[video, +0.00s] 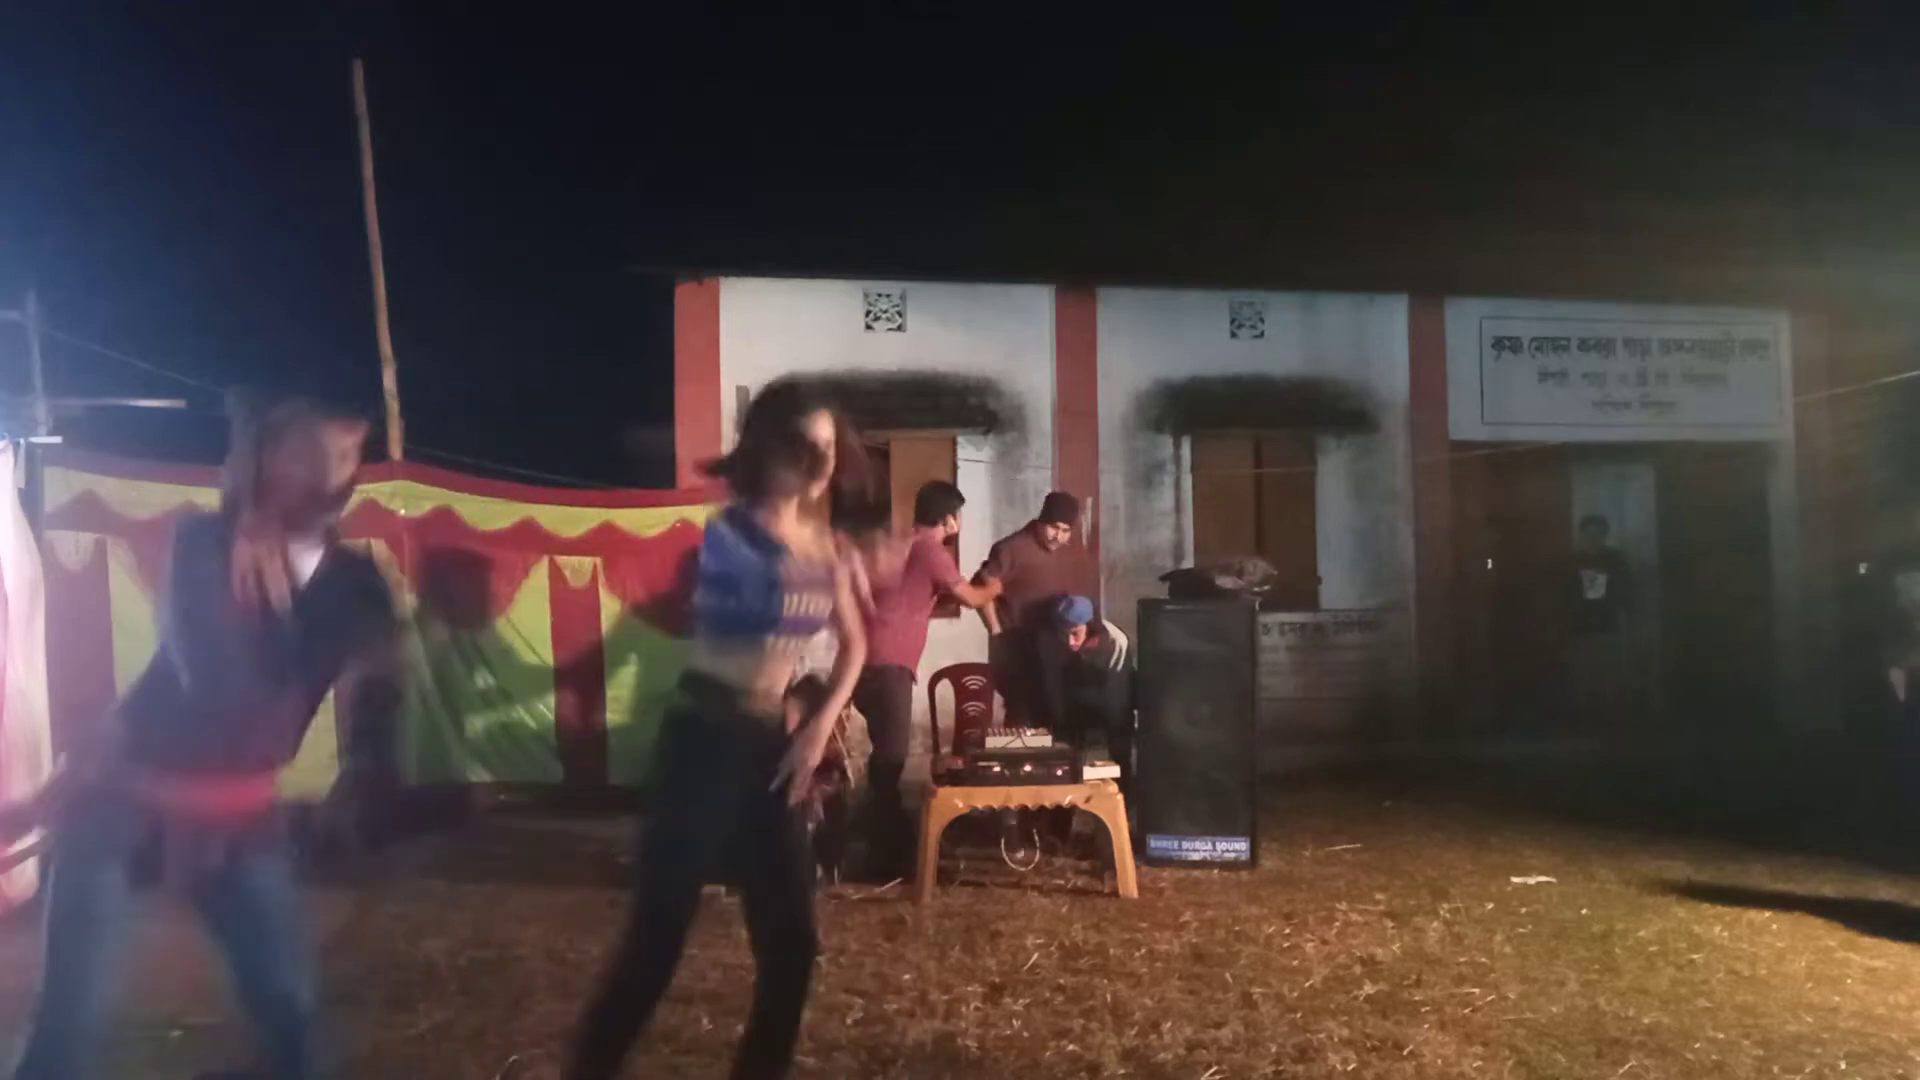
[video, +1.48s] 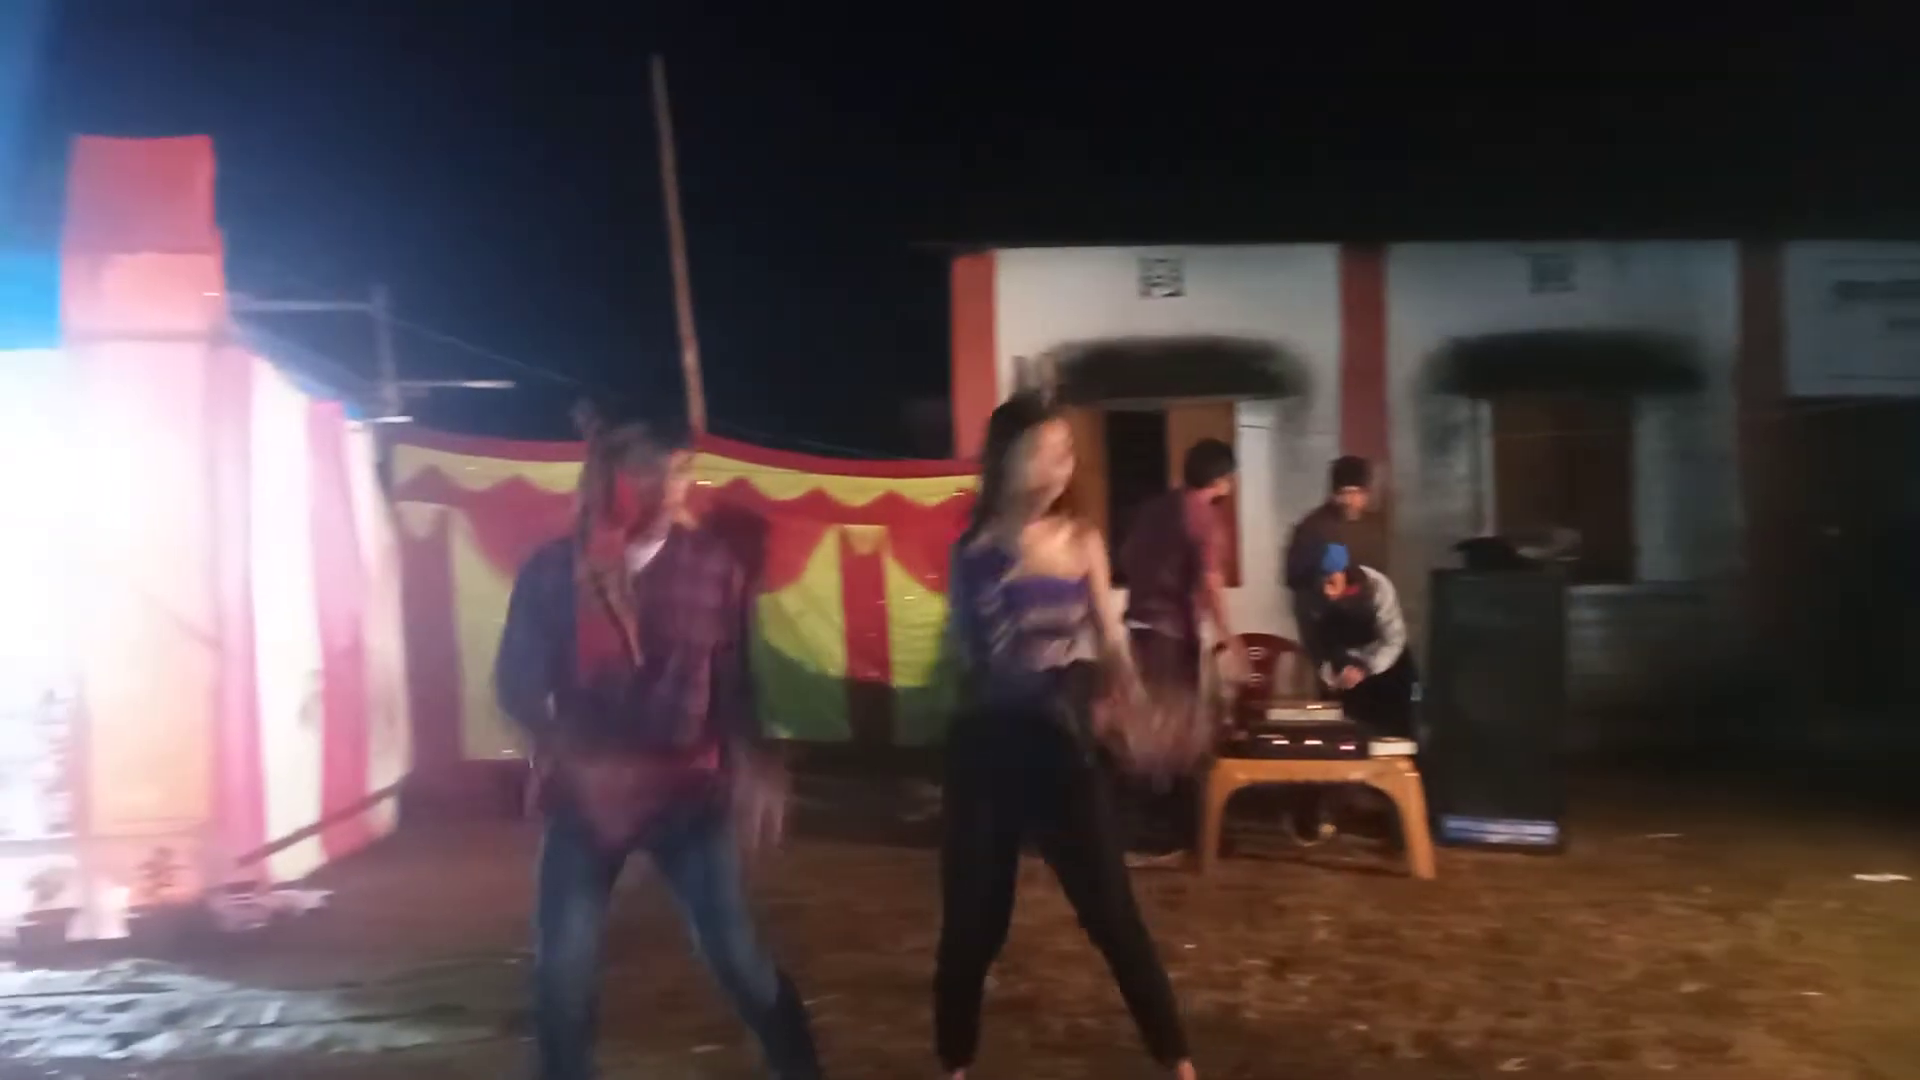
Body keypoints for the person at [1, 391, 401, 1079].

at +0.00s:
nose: (312, 479)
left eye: (331, 462)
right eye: (299, 457)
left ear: (346, 478)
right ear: (259, 457)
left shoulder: (355, 585)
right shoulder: (199, 544)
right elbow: (214, 689)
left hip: (238, 821)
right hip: (122, 807)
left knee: (293, 1017)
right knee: (75, 1022)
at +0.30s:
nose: (322, 475)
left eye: (333, 459)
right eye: (303, 456)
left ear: (345, 472)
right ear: (256, 463)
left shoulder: (349, 558)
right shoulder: (207, 543)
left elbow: (391, 644)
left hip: (213, 801)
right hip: (98, 793)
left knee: (306, 982)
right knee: (56, 999)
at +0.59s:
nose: (346, 485)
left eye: (358, 467)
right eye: (328, 466)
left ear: (375, 472)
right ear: (289, 472)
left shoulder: (401, 561)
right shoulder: (221, 573)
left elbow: (419, 683)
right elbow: (181, 684)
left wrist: (410, 770)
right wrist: (193, 752)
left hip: (368, 806)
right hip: (249, 811)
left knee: (408, 987)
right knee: (192, 990)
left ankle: (413, 1071)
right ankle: (133, 1071)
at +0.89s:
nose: (425, 485)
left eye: (439, 468)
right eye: (411, 469)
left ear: (464, 467)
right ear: (385, 466)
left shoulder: (492, 529)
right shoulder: (337, 532)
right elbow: (250, 622)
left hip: (483, 762)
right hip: (379, 773)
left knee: (519, 935)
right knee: (374, 959)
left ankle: (582, 1058)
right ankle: (390, 1066)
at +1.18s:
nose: (562, 479)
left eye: (573, 462)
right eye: (548, 462)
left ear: (590, 456)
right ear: (513, 456)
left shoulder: (622, 516)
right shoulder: (456, 525)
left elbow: (706, 589)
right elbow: (350, 589)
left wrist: (740, 647)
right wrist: (277, 566)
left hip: (656, 741)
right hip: (558, 756)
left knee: (700, 914)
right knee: (520, 934)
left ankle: (739, 1061)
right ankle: (510, 1067)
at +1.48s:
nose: (678, 489)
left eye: (681, 474)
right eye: (662, 474)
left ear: (682, 483)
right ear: (616, 480)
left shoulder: (713, 568)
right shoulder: (555, 569)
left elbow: (732, 680)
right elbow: (518, 683)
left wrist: (752, 759)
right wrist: (567, 754)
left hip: (685, 789)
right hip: (587, 793)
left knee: (733, 954)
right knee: (562, 968)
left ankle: (800, 1064)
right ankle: (564, 1069)